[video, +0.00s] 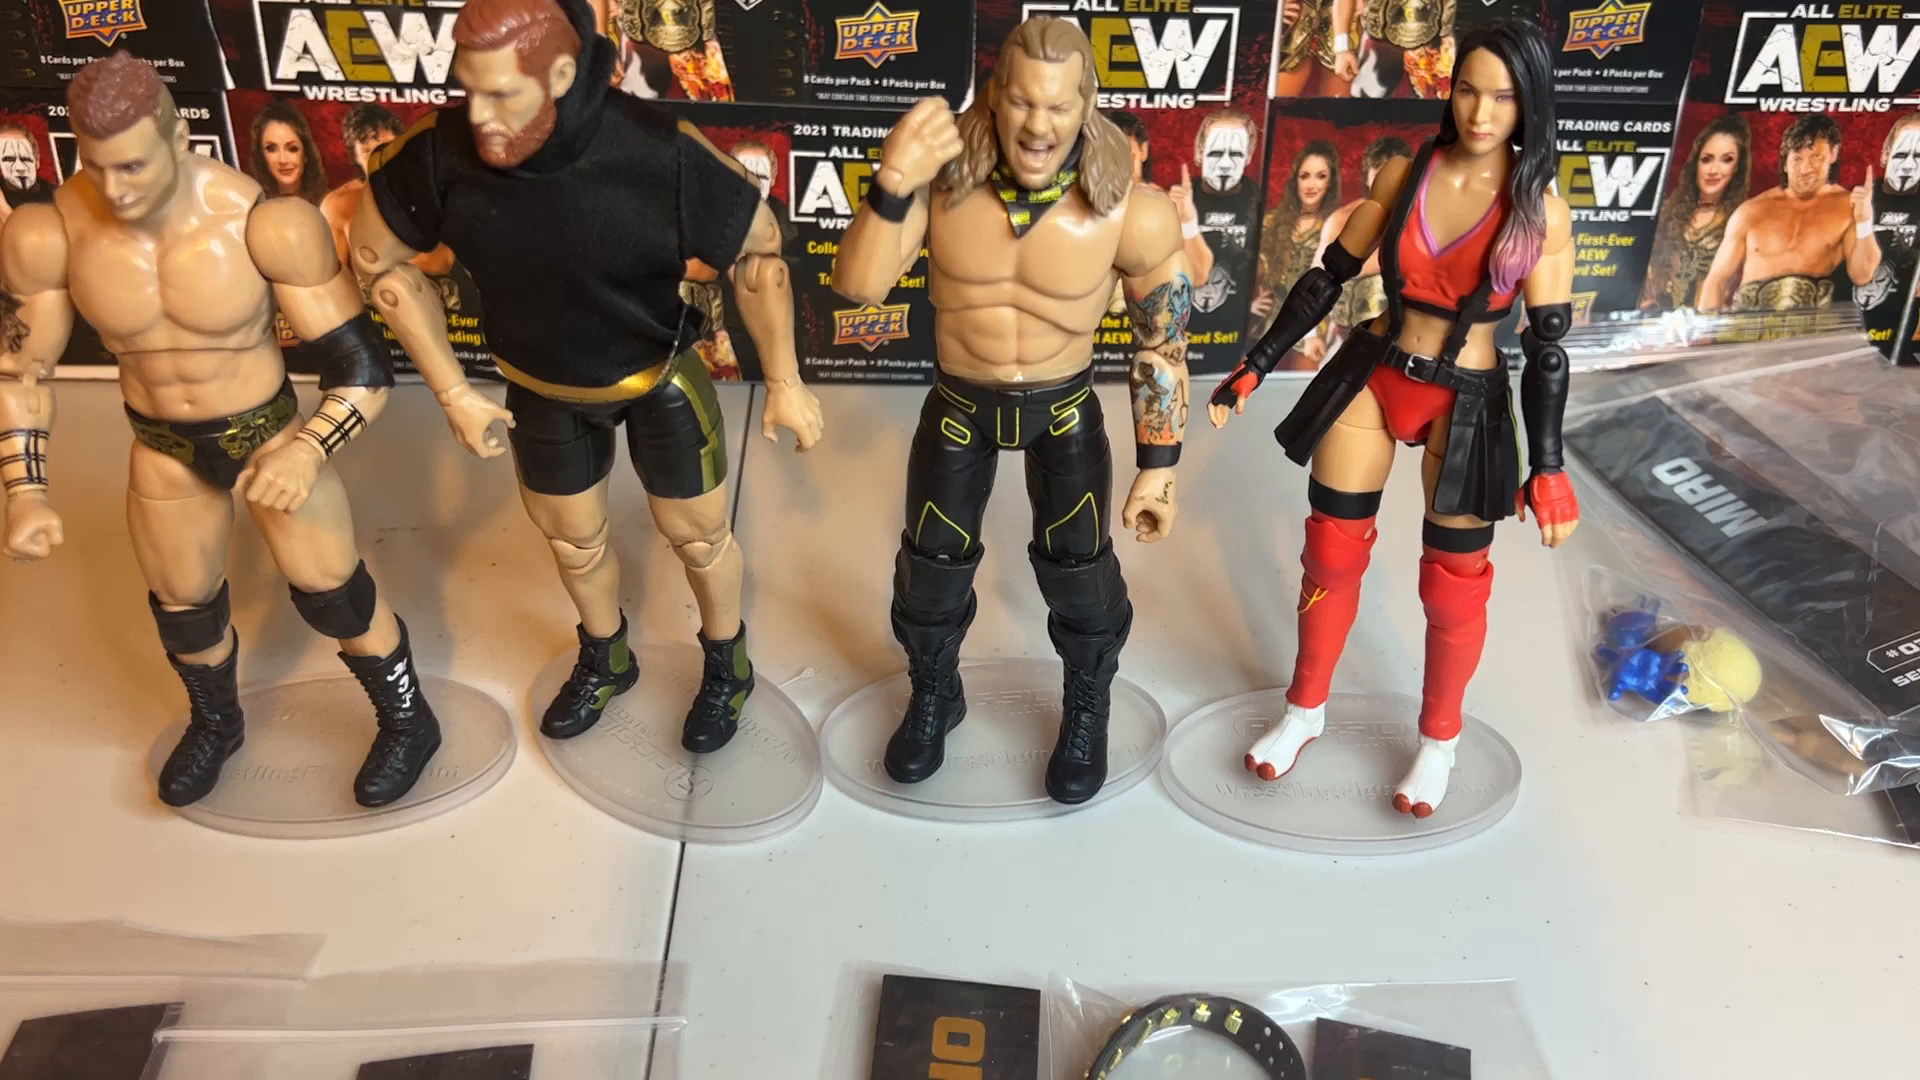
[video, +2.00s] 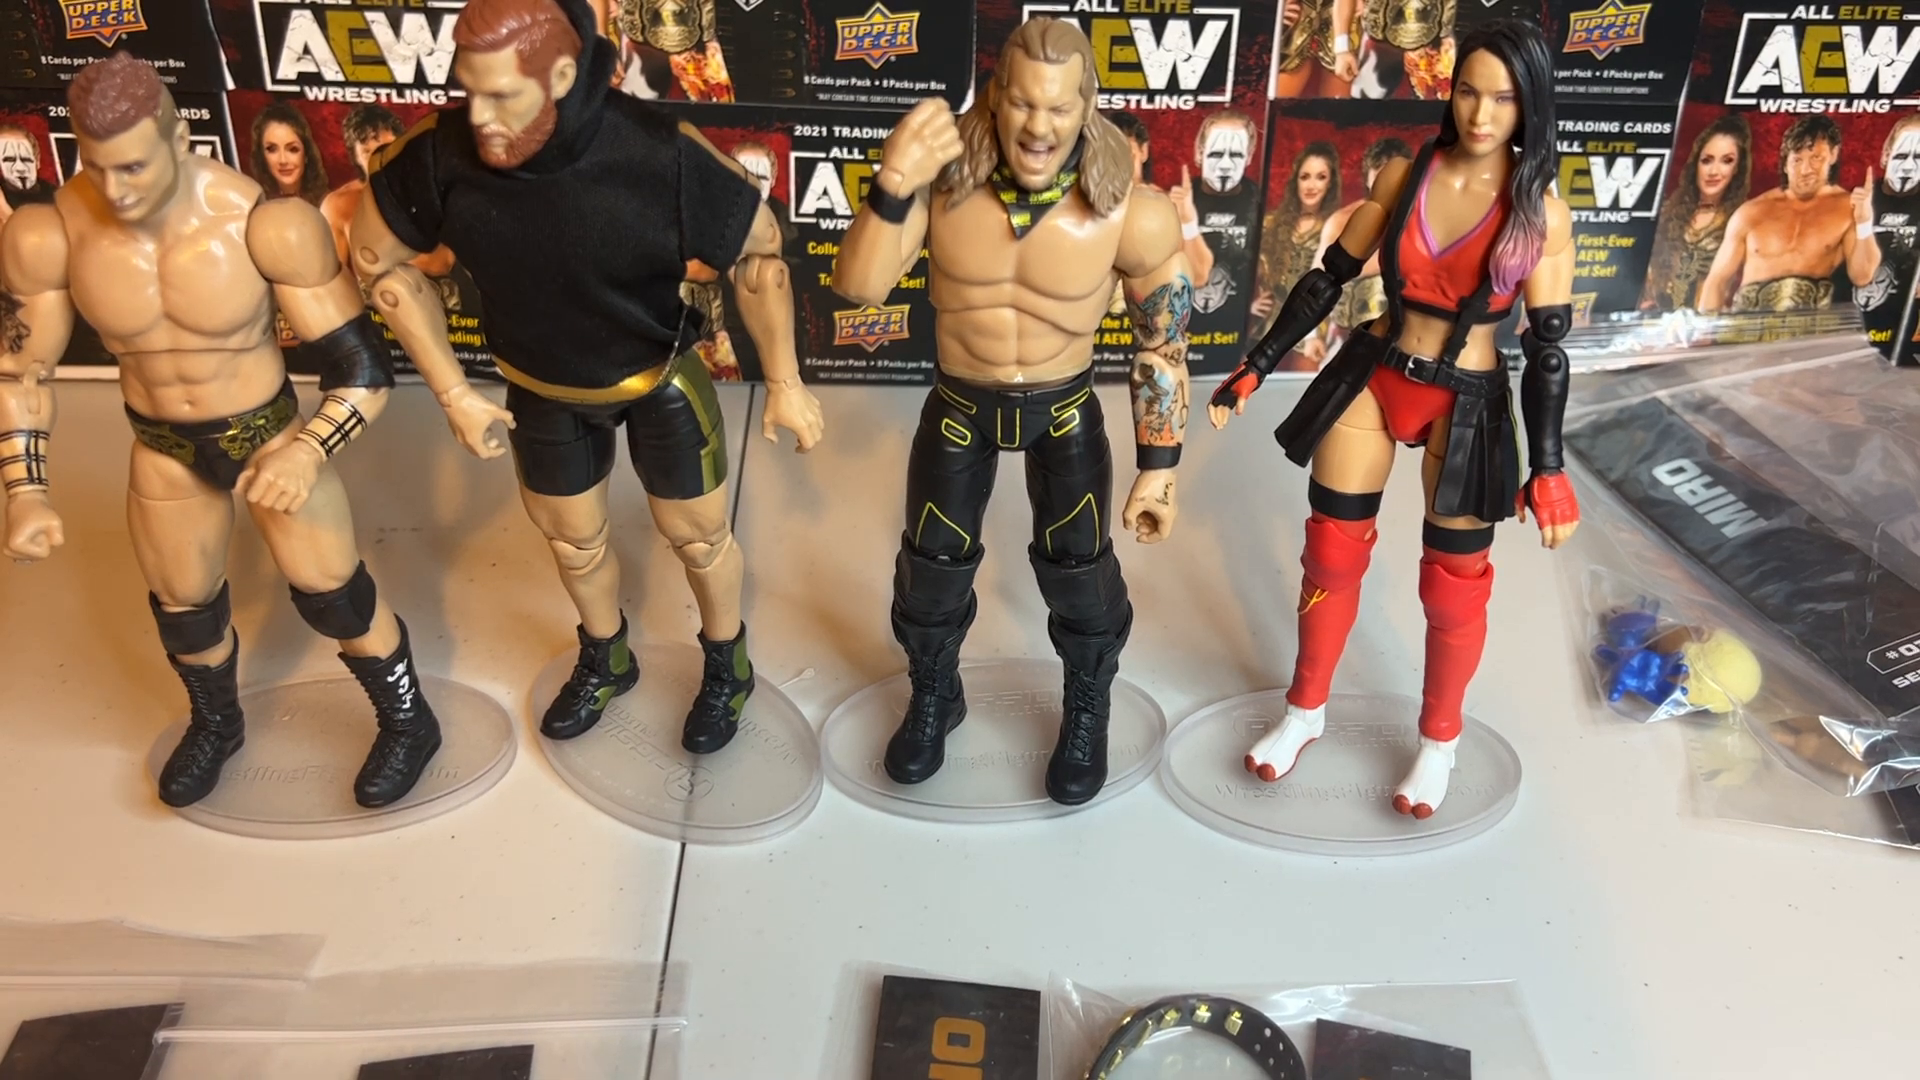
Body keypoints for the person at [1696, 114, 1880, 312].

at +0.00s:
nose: (1806, 168)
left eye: (1816, 157)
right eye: (1797, 159)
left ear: (1833, 155)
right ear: (1785, 160)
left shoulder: (1847, 205)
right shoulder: (1750, 211)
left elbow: (1861, 276)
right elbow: (1717, 280)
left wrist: (1864, 222)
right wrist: (1704, 335)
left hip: (1810, 314)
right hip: (1748, 312)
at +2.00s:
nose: (1806, 169)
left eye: (1816, 158)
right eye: (1797, 160)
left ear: (1833, 156)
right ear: (1785, 162)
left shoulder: (1848, 206)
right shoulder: (1750, 212)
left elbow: (1861, 277)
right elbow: (1717, 281)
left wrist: (1864, 223)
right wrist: (1704, 335)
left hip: (1809, 315)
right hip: (1748, 312)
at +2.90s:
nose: (1806, 169)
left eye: (1817, 158)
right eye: (1798, 160)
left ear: (1834, 156)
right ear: (1785, 162)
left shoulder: (1848, 206)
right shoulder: (1751, 212)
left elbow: (1862, 277)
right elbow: (1718, 281)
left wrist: (1864, 223)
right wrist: (1704, 335)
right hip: (1748, 312)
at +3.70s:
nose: (1806, 169)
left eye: (1816, 158)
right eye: (1797, 160)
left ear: (1834, 156)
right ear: (1785, 162)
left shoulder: (1847, 206)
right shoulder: (1750, 212)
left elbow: (1861, 277)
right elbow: (1718, 281)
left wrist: (1864, 223)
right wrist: (1704, 335)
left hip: (1809, 314)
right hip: (1748, 312)